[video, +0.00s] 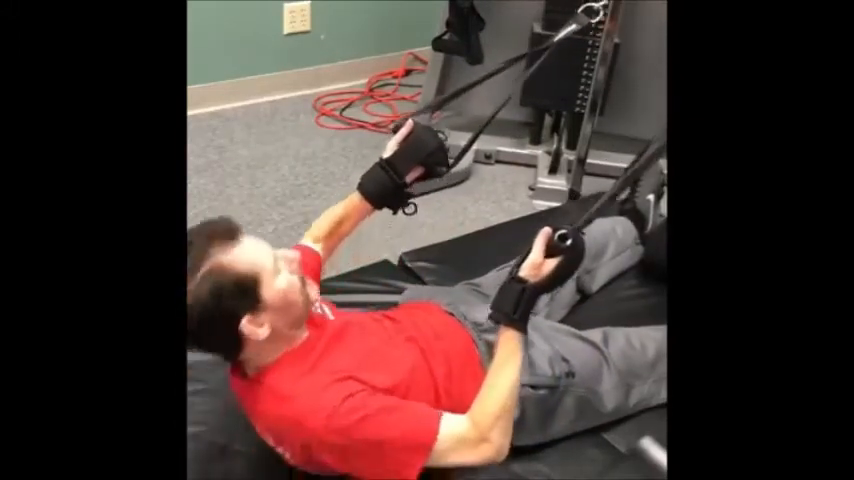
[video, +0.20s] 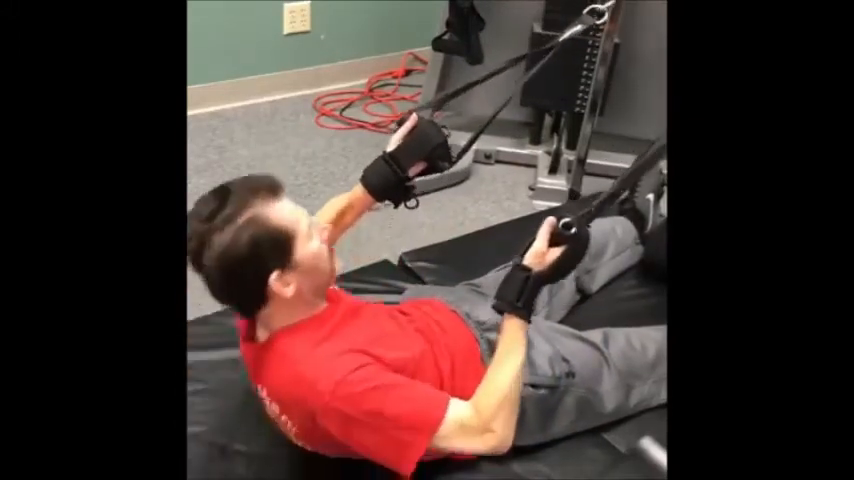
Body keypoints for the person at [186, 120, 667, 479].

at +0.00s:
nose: (292, 268)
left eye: (279, 264)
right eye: (278, 273)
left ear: (256, 320)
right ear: (256, 327)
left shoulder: (281, 304)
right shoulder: (322, 419)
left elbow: (319, 240)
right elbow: (485, 442)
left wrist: (379, 184)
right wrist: (517, 310)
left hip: (455, 307)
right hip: (506, 379)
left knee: (601, 235)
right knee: (657, 350)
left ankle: (638, 219)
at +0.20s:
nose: (319, 227)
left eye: (306, 220)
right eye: (305, 231)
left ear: (278, 286)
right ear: (283, 284)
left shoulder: (273, 302)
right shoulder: (331, 386)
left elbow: (324, 232)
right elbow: (489, 432)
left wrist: (383, 176)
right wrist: (525, 293)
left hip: (458, 307)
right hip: (506, 376)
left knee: (591, 238)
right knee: (656, 351)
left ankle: (638, 218)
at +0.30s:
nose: (337, 212)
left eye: (324, 206)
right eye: (324, 214)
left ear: (287, 264)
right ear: (295, 265)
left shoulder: (271, 295)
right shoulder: (341, 371)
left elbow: (335, 221)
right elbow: (491, 426)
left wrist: (388, 169)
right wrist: (526, 290)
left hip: (451, 308)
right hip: (504, 378)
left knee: (560, 257)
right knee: (655, 353)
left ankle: (635, 220)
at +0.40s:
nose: (352, 202)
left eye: (342, 195)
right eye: (340, 203)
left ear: (299, 245)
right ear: (308, 246)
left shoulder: (271, 278)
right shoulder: (348, 356)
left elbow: (324, 230)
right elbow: (494, 420)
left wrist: (384, 172)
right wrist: (527, 284)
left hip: (451, 305)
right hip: (504, 375)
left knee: (558, 256)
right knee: (659, 350)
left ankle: (638, 222)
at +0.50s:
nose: (369, 190)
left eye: (359, 181)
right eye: (358, 190)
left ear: (311, 231)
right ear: (323, 230)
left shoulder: (282, 259)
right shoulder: (352, 338)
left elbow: (331, 221)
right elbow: (495, 408)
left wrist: (391, 166)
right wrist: (528, 273)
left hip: (450, 305)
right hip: (496, 376)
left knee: (555, 258)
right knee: (658, 351)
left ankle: (636, 223)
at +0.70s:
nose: (400, 173)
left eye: (392, 159)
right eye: (388, 167)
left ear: (338, 195)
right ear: (354, 200)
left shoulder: (296, 233)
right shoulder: (371, 305)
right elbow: (501, 390)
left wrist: (402, 148)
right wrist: (535, 255)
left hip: (450, 306)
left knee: (555, 265)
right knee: (656, 353)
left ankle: (635, 220)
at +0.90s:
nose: (426, 160)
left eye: (424, 145)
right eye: (419, 150)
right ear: (385, 174)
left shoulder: (312, 216)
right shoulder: (386, 276)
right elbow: (508, 375)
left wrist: (403, 136)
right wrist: (543, 241)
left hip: (443, 319)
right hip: (481, 399)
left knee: (561, 252)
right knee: (657, 354)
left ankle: (636, 220)